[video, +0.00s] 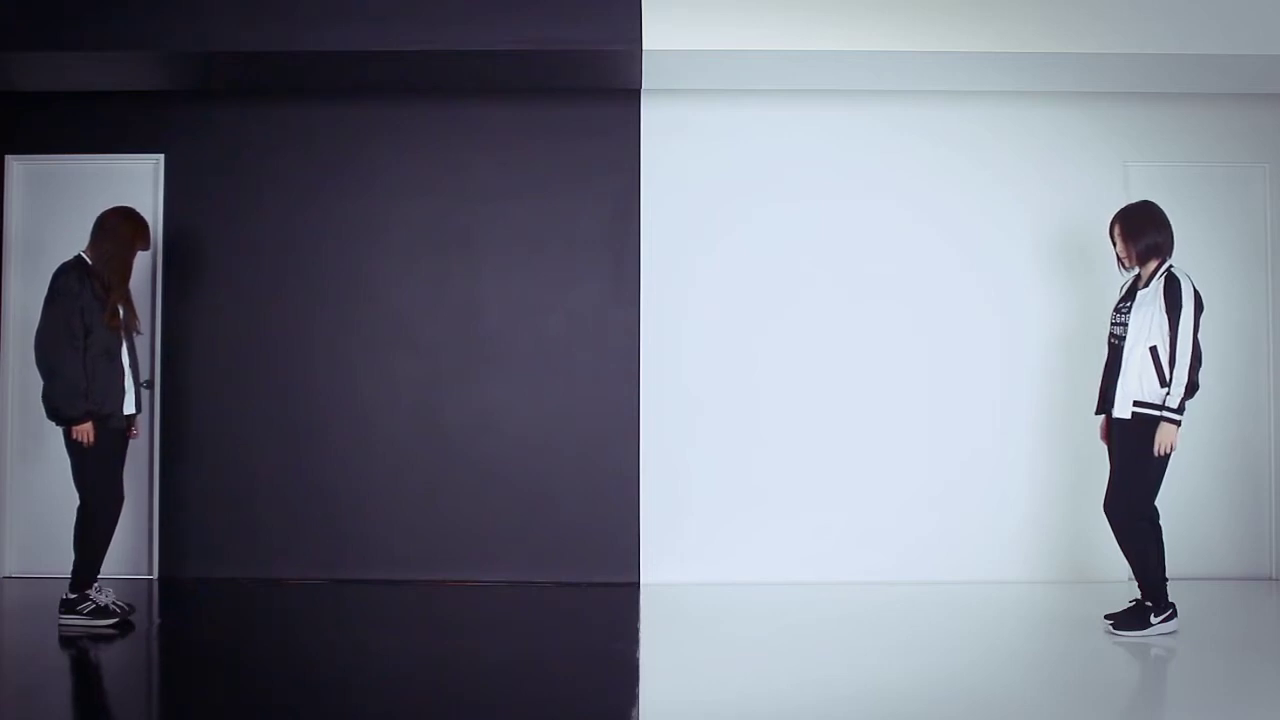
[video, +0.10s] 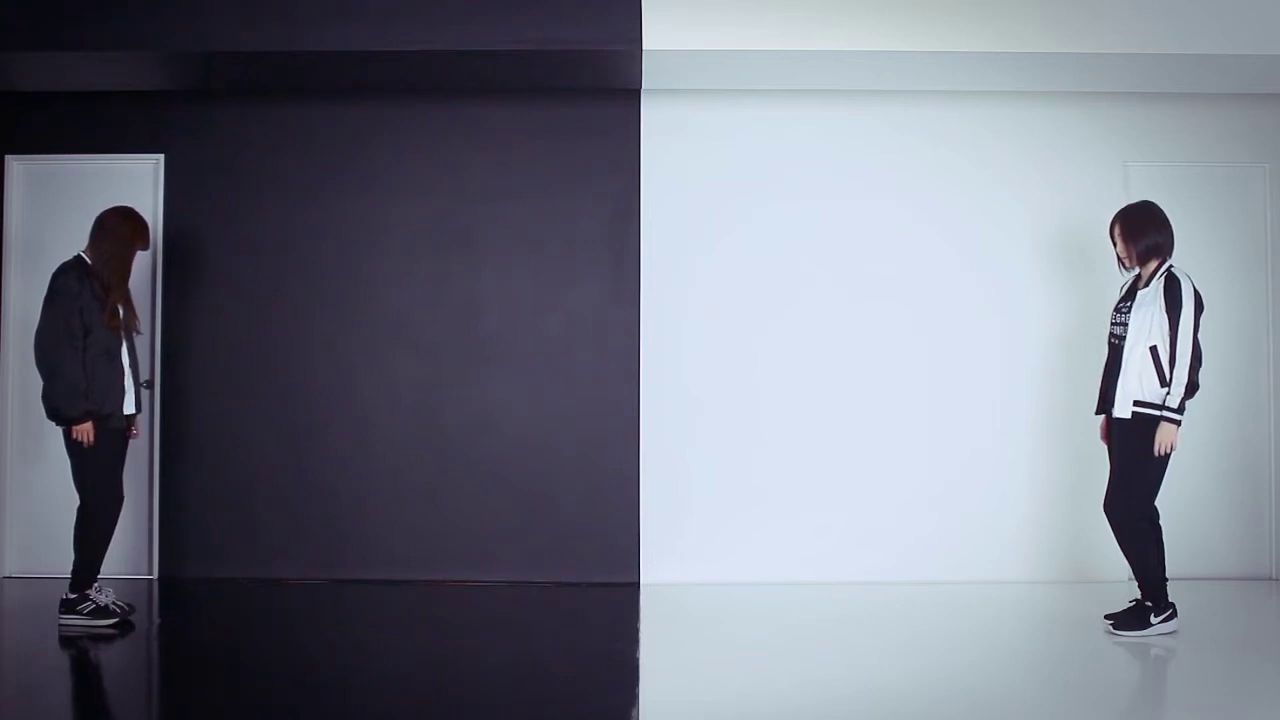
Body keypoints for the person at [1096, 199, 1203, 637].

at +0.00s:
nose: (1117, 249)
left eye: (1121, 240)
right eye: (1114, 242)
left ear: (1145, 236)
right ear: (1126, 241)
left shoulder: (1177, 284)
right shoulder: (1131, 287)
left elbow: (1187, 356)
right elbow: (1117, 355)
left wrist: (1172, 417)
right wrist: (1107, 410)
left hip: (1151, 417)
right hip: (1123, 416)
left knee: (1125, 506)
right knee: (1131, 507)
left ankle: (1157, 604)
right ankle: (1152, 600)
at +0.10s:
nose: (1117, 250)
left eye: (1121, 241)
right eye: (1115, 242)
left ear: (1145, 236)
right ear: (1126, 241)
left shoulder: (1177, 284)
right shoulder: (1131, 288)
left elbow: (1187, 356)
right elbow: (1117, 355)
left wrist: (1172, 417)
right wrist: (1107, 410)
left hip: (1151, 417)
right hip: (1123, 416)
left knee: (1125, 506)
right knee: (1131, 506)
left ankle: (1157, 604)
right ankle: (1152, 600)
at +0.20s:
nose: (1117, 249)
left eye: (1122, 241)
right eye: (1115, 242)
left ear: (1146, 237)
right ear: (1126, 241)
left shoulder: (1177, 284)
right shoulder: (1131, 287)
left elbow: (1187, 356)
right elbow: (1117, 354)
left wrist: (1172, 417)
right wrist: (1107, 410)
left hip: (1151, 417)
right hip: (1123, 416)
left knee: (1125, 506)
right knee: (1132, 507)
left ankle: (1157, 604)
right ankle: (1152, 600)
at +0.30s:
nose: (1117, 250)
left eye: (1122, 241)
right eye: (1115, 242)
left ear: (1146, 237)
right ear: (1126, 242)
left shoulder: (1177, 284)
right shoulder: (1131, 287)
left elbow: (1187, 356)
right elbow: (1117, 354)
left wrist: (1172, 417)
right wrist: (1107, 410)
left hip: (1151, 417)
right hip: (1123, 416)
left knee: (1125, 506)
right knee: (1132, 507)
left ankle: (1157, 604)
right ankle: (1152, 600)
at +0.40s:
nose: (1118, 250)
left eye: (1122, 241)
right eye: (1115, 242)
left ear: (1146, 237)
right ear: (1125, 242)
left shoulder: (1178, 284)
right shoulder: (1131, 288)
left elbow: (1188, 356)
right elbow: (1117, 354)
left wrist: (1172, 416)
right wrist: (1107, 410)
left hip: (1151, 418)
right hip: (1123, 416)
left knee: (1125, 506)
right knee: (1132, 507)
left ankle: (1157, 604)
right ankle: (1152, 600)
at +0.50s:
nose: (1118, 249)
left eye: (1123, 240)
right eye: (1116, 242)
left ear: (1147, 237)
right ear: (1125, 242)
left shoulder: (1178, 284)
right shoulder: (1131, 288)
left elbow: (1188, 356)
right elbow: (1117, 354)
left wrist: (1172, 417)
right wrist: (1107, 410)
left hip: (1151, 418)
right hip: (1123, 416)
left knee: (1126, 506)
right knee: (1131, 507)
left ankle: (1157, 604)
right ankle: (1152, 600)